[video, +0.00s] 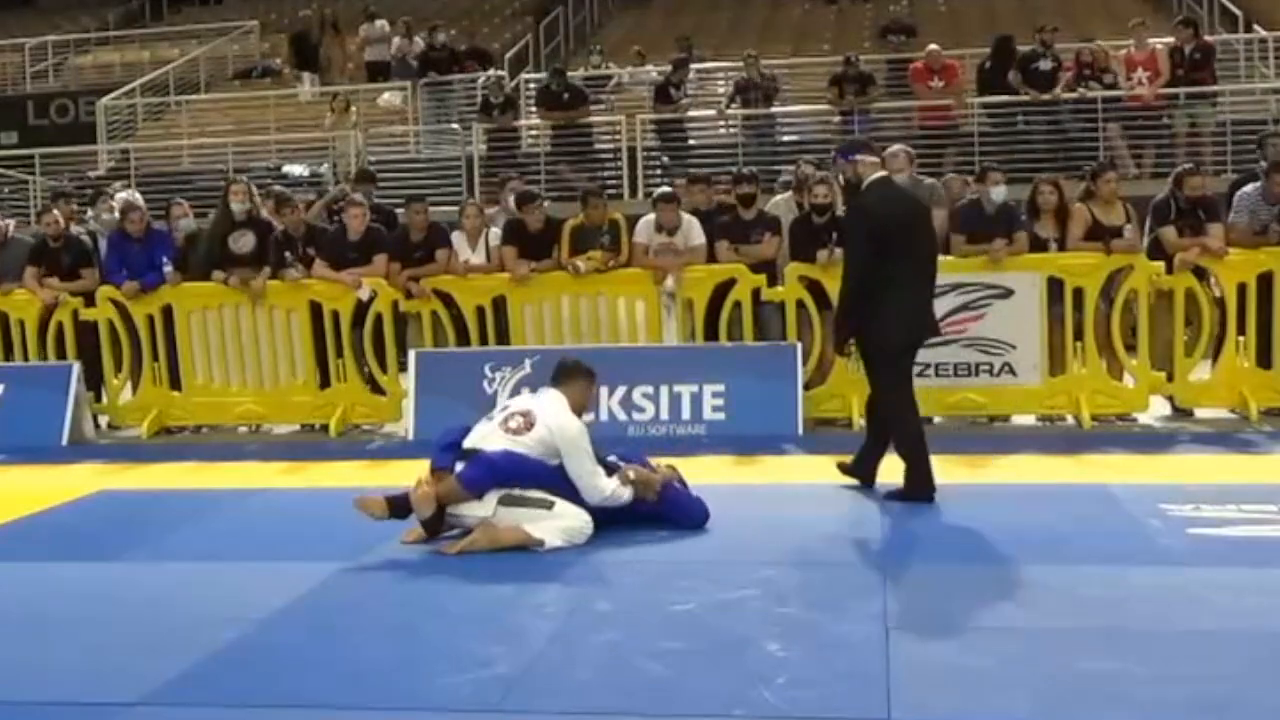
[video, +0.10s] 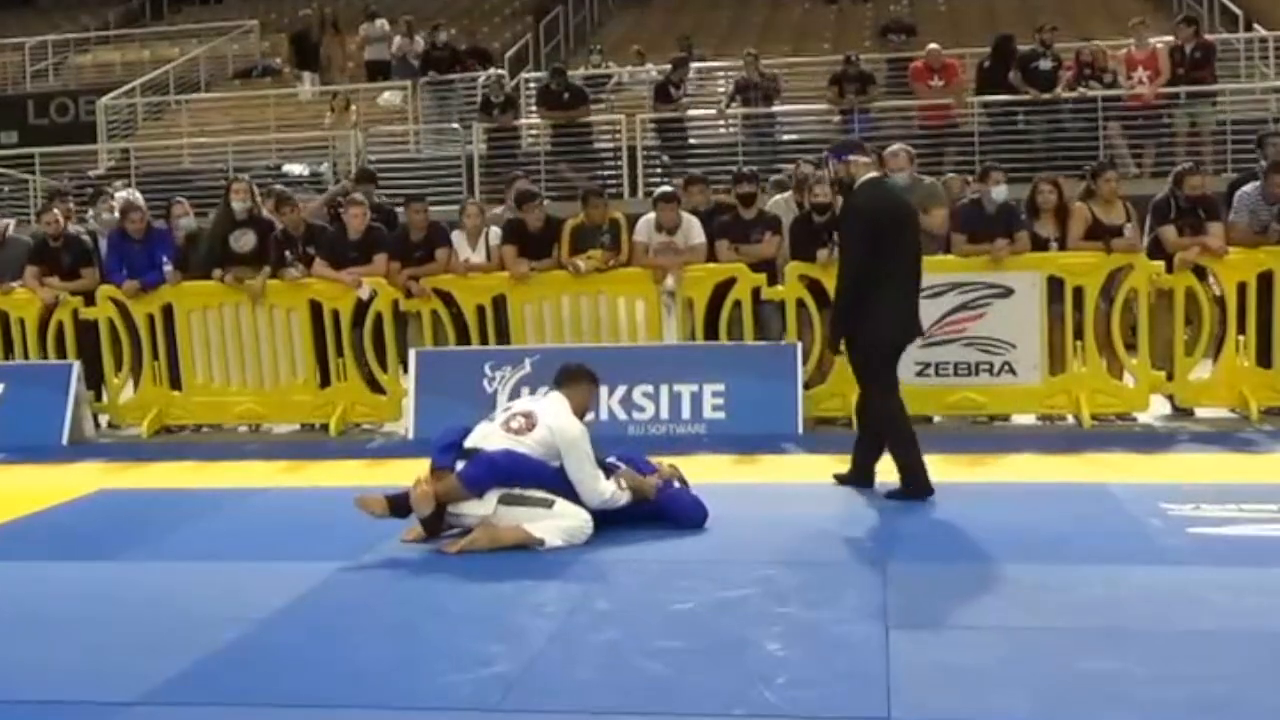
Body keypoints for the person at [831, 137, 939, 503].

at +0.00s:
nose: (841, 176)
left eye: (842, 170)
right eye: (841, 170)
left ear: (854, 166)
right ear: (877, 163)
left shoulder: (862, 207)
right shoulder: (913, 202)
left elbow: (855, 273)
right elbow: (928, 261)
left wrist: (842, 327)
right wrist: (924, 310)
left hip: (879, 317)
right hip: (913, 313)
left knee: (896, 397)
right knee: (885, 393)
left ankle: (919, 482)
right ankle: (865, 464)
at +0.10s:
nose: (833, 175)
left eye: (834, 168)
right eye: (833, 169)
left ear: (847, 165)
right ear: (869, 162)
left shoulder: (858, 205)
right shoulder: (897, 198)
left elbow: (851, 273)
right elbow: (909, 264)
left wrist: (836, 329)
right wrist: (909, 315)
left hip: (870, 318)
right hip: (901, 314)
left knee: (883, 397)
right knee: (874, 393)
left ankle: (915, 480)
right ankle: (862, 468)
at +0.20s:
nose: (829, 172)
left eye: (830, 166)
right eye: (829, 165)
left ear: (842, 165)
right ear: (865, 163)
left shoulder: (849, 203)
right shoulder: (889, 197)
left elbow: (847, 266)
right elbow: (895, 260)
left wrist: (833, 317)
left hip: (857, 313)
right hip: (888, 310)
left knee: (853, 390)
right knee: (872, 390)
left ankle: (902, 463)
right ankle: (863, 468)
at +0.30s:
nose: (819, 170)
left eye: (821, 163)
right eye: (818, 163)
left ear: (837, 161)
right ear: (850, 159)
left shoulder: (843, 201)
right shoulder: (876, 198)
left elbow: (837, 263)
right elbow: (878, 258)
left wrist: (819, 305)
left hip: (846, 309)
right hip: (876, 307)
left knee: (822, 381)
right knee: (866, 384)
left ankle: (873, 449)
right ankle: (863, 464)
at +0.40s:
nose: (789, 158)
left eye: (790, 150)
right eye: (787, 150)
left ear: (807, 148)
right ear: (822, 146)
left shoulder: (820, 185)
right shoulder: (848, 183)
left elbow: (813, 247)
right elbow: (846, 243)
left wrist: (783, 289)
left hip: (814, 296)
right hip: (845, 295)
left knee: (786, 364)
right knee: (839, 372)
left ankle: (820, 442)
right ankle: (838, 451)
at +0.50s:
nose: (767, 123)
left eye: (770, 114)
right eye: (767, 114)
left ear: (785, 115)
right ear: (802, 114)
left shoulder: (799, 154)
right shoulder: (829, 149)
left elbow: (796, 215)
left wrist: (758, 241)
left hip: (793, 261)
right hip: (828, 258)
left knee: (770, 335)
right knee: (825, 338)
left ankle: (768, 415)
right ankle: (830, 418)